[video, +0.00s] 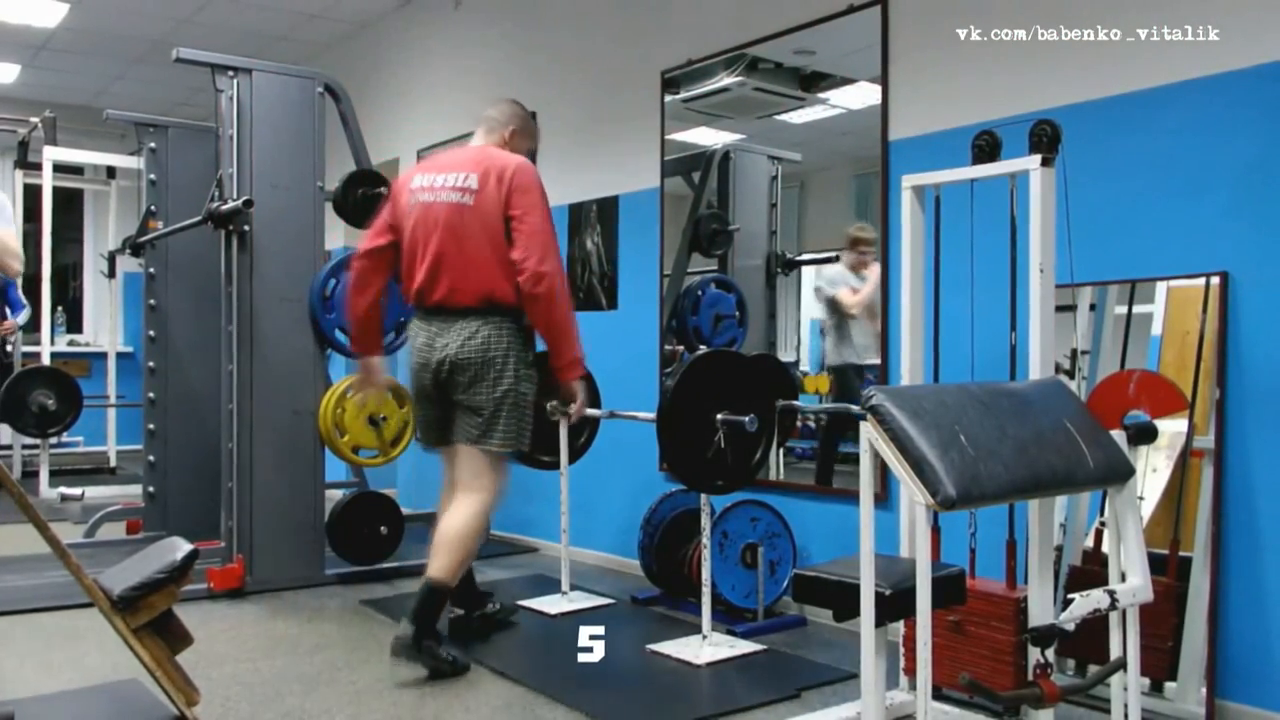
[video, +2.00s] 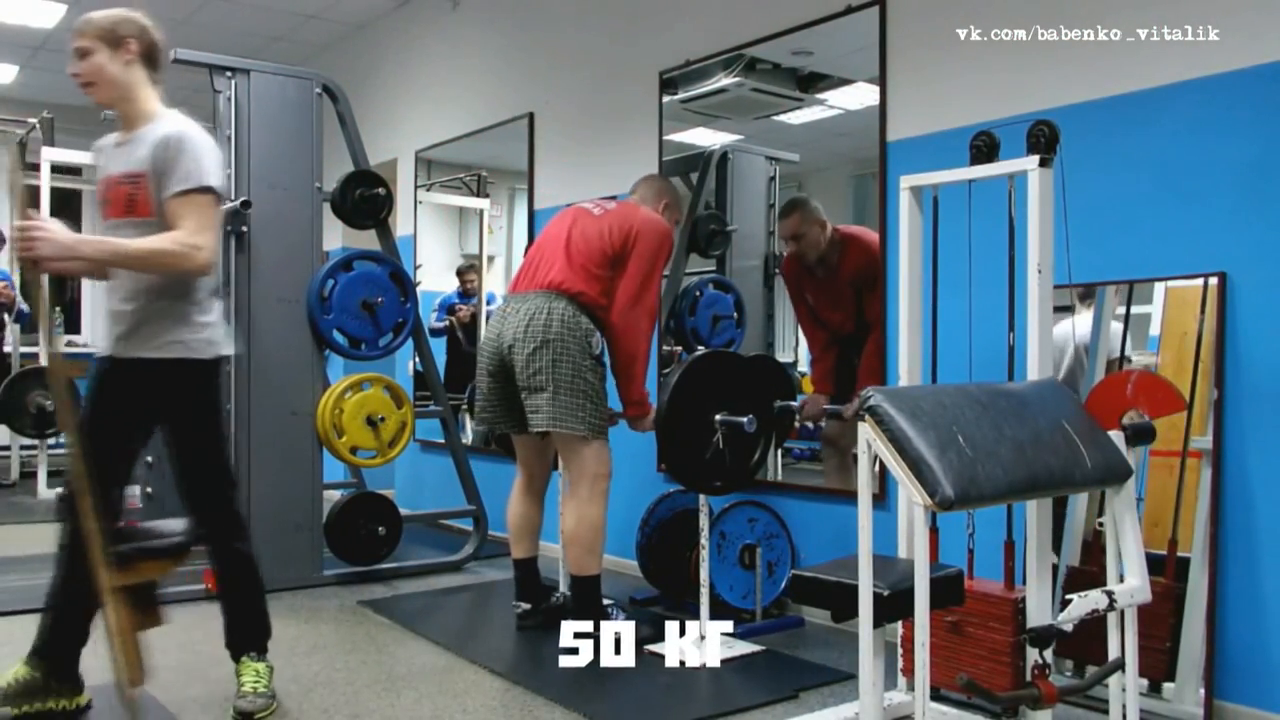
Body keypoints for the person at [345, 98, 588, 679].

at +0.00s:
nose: (527, 162)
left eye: (530, 155)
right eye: (529, 153)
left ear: (482, 128)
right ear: (513, 135)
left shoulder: (414, 175)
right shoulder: (515, 171)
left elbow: (367, 261)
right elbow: (538, 273)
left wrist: (368, 358)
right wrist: (570, 369)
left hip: (429, 337)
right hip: (489, 338)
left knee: (456, 481)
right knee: (477, 488)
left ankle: (468, 602)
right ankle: (421, 628)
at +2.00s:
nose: (671, 230)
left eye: (674, 225)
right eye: (674, 224)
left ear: (633, 196)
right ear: (664, 207)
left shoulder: (582, 212)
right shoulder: (653, 225)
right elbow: (628, 315)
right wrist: (636, 404)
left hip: (504, 324)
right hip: (556, 329)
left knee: (531, 471)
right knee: (588, 474)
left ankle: (529, 598)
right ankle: (587, 615)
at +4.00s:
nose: (521, 128)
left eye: (522, 119)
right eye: (520, 118)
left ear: (468, 107)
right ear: (499, 107)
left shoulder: (425, 163)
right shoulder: (501, 165)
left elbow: (403, 264)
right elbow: (511, 271)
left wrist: (435, 310)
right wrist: (527, 340)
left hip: (412, 332)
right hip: (472, 334)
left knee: (438, 480)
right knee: (485, 491)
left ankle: (414, 616)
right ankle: (473, 649)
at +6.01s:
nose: (473, 121)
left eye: (472, 112)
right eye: (469, 111)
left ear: (421, 113)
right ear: (446, 110)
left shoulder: (387, 165)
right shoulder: (461, 164)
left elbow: (366, 266)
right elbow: (472, 273)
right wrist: (494, 343)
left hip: (377, 338)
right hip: (434, 338)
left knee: (412, 483)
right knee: (482, 491)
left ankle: (399, 620)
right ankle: (469, 651)